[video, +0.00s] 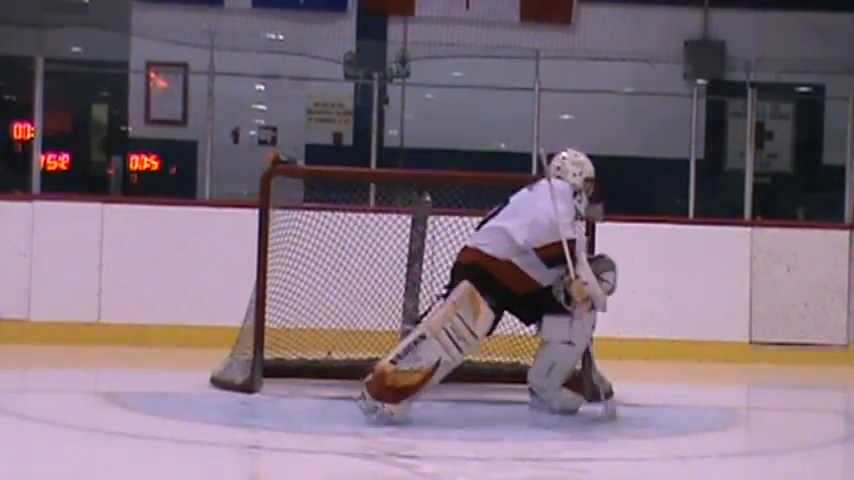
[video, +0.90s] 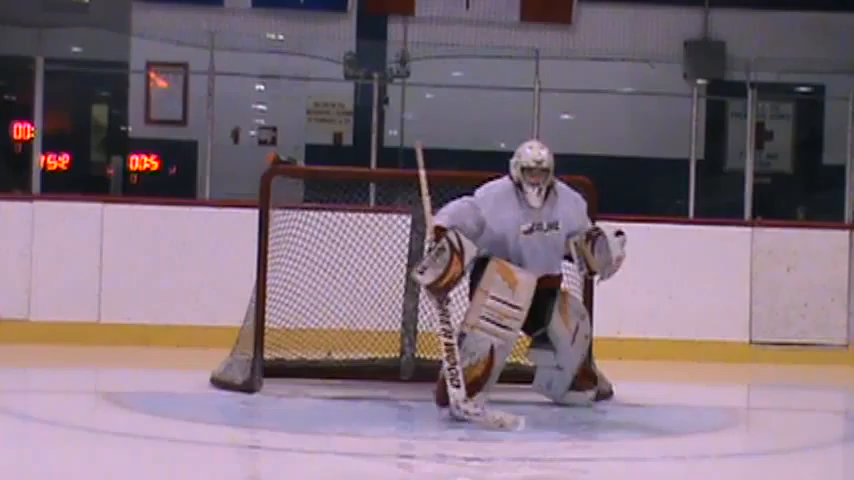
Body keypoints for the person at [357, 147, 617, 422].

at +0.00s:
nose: (587, 190)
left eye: (588, 184)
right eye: (585, 183)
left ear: (558, 173)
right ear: (575, 177)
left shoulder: (566, 206)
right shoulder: (553, 189)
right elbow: (550, 240)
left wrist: (590, 371)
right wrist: (576, 276)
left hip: (523, 279)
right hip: (489, 265)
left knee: (574, 314)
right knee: (456, 329)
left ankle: (546, 388)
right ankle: (384, 392)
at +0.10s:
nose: (599, 191)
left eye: (599, 185)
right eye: (599, 184)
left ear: (567, 174)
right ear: (593, 181)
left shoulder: (551, 192)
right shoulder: (570, 192)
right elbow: (562, 241)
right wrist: (583, 282)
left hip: (490, 261)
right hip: (513, 265)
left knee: (483, 340)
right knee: (579, 320)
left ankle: (412, 389)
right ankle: (557, 384)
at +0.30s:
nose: (611, 179)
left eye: (611, 173)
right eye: (609, 172)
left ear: (579, 165)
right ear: (600, 170)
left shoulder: (568, 186)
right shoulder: (578, 187)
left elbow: (578, 240)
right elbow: (561, 235)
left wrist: (593, 272)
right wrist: (582, 278)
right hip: (518, 263)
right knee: (550, 329)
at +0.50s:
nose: (614, 167)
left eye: (615, 161)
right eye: (610, 160)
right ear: (593, 159)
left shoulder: (596, 197)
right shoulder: (569, 175)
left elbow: (584, 240)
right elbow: (555, 224)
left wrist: (594, 264)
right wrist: (560, 271)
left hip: (542, 254)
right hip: (515, 250)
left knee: (559, 316)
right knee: (536, 320)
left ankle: (571, 378)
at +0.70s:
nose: (593, 172)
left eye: (597, 165)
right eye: (587, 164)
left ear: (600, 165)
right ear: (567, 162)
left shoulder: (594, 194)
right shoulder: (544, 183)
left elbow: (591, 242)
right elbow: (504, 213)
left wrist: (611, 258)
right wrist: (508, 245)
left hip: (576, 282)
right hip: (539, 276)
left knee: (589, 329)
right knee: (524, 334)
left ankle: (565, 384)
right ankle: (487, 387)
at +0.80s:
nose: (565, 178)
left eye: (571, 171)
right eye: (558, 171)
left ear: (579, 173)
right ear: (543, 171)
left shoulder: (588, 203)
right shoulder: (524, 194)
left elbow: (594, 240)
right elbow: (484, 216)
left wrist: (609, 255)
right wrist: (474, 239)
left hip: (564, 284)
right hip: (518, 279)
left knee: (580, 325)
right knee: (511, 327)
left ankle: (569, 380)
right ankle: (479, 381)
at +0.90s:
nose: (536, 178)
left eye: (542, 172)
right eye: (529, 172)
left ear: (551, 173)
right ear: (516, 171)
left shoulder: (570, 202)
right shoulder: (494, 196)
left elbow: (581, 244)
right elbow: (462, 212)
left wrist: (598, 250)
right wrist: (442, 229)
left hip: (547, 283)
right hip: (497, 280)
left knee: (568, 332)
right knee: (484, 333)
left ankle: (581, 381)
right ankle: (456, 386)